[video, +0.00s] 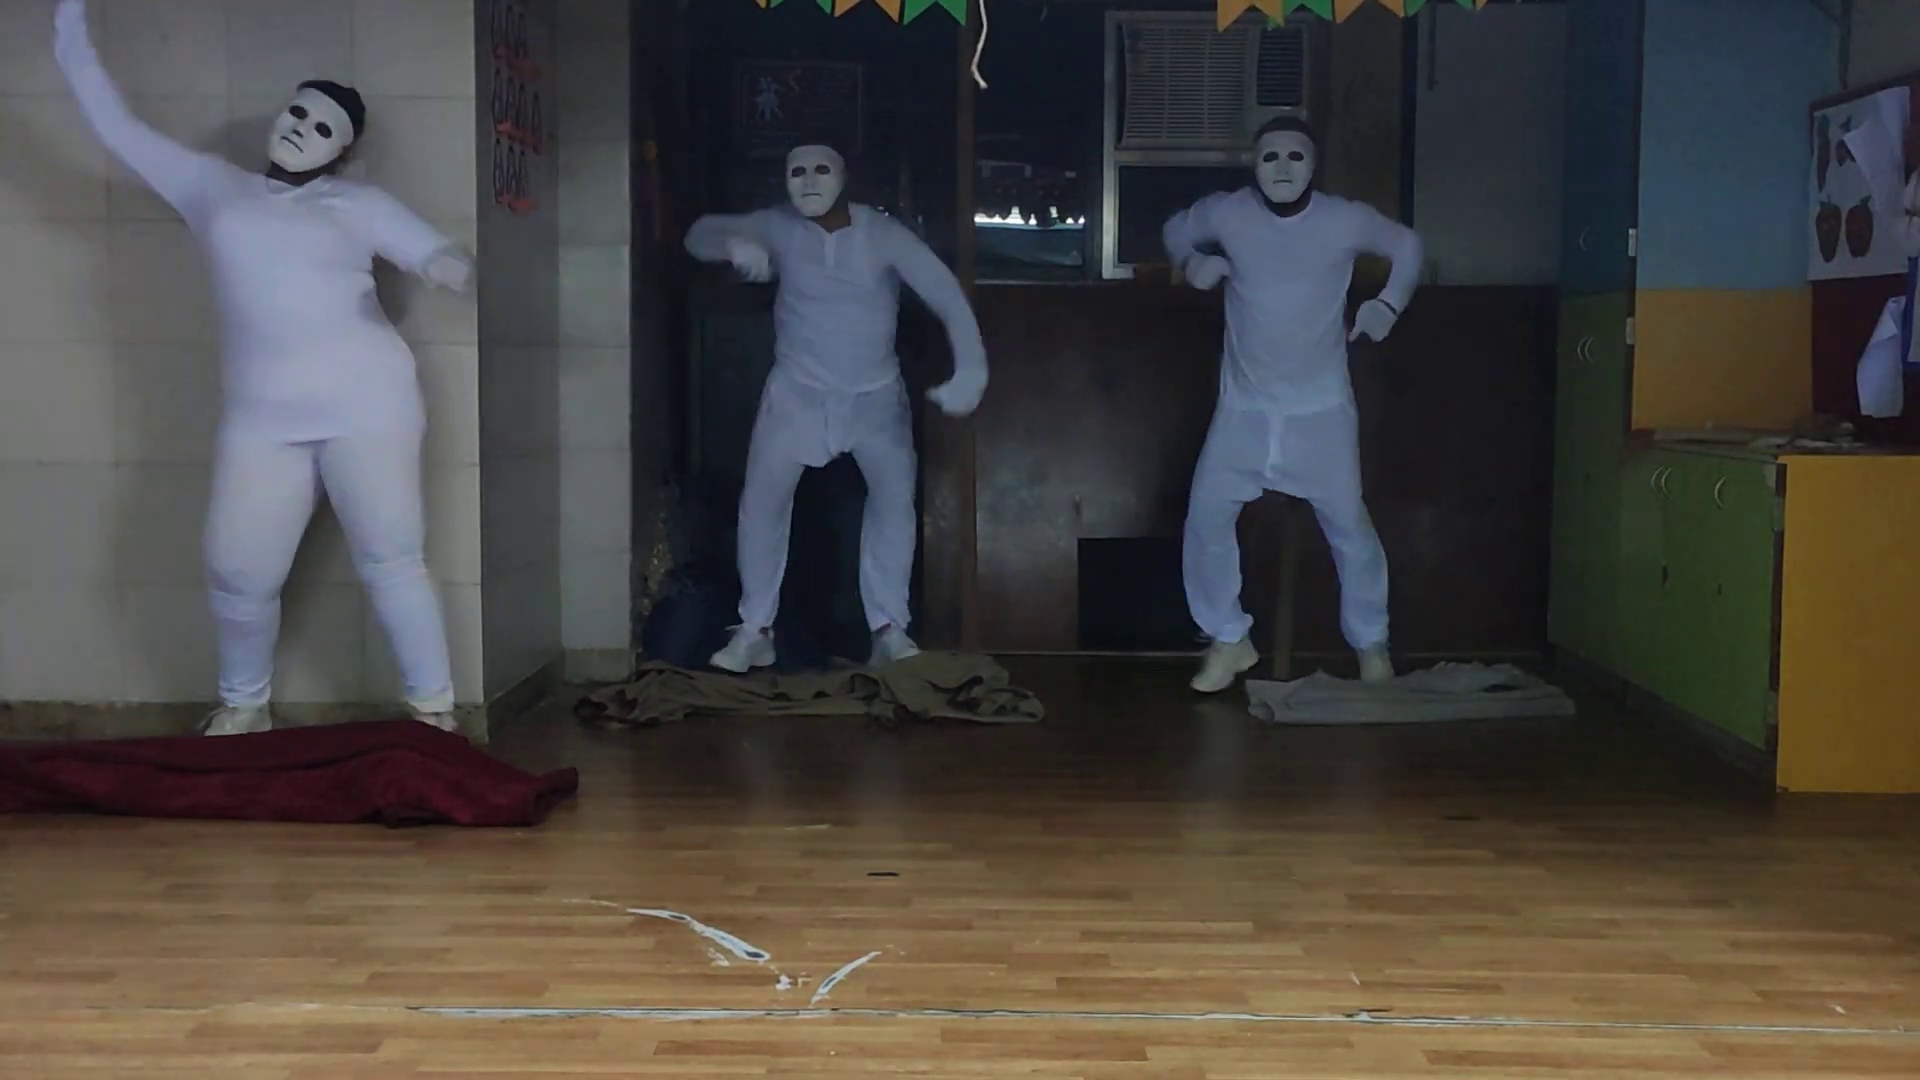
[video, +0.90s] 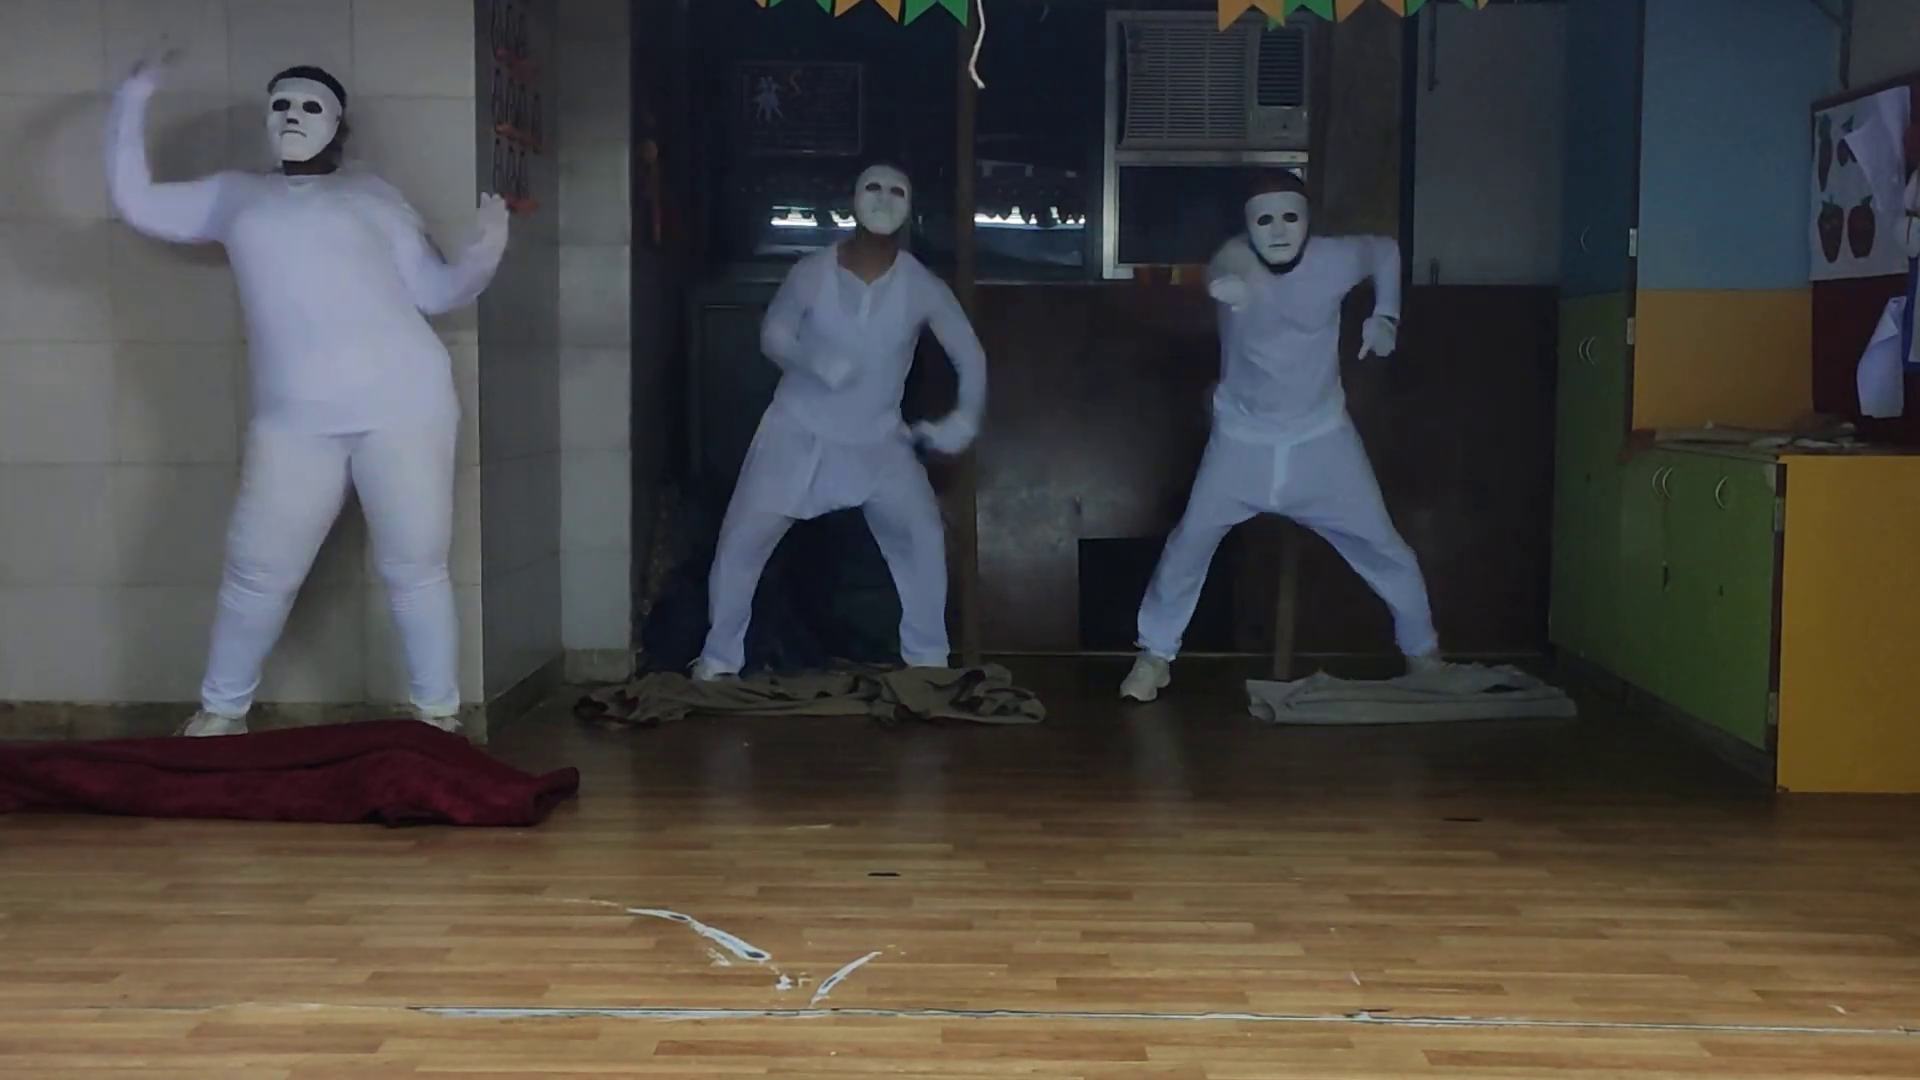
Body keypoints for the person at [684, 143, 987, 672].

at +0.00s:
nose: (809, 182)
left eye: (822, 171)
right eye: (798, 173)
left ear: (843, 177)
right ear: (786, 181)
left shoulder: (883, 235)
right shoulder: (776, 228)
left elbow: (949, 296)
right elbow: (699, 235)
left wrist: (971, 371)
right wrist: (733, 244)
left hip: (875, 399)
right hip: (794, 396)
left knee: (895, 502)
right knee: (762, 503)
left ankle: (889, 632)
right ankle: (756, 631)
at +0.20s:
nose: (867, 266)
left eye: (879, 257)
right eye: (855, 255)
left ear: (892, 267)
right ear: (836, 263)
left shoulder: (899, 338)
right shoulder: (795, 319)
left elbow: (878, 423)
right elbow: (715, 349)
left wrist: (856, 395)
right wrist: (701, 437)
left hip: (870, 460)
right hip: (790, 459)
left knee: (916, 543)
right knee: (734, 550)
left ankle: (916, 664)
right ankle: (714, 666)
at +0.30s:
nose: (837, 262)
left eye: (849, 252)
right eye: (825, 252)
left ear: (868, 261)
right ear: (812, 262)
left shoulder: (895, 329)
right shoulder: (784, 319)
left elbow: (945, 386)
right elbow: (741, 374)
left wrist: (982, 356)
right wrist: (780, 395)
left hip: (861, 462)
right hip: (781, 460)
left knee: (909, 541)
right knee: (724, 548)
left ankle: (914, 659)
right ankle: (718, 660)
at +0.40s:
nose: (837, 210)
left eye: (849, 201)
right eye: (825, 200)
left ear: (864, 214)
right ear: (807, 212)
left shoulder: (891, 275)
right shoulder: (774, 271)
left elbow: (980, 295)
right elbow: (708, 306)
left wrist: (993, 375)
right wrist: (667, 288)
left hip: (868, 440)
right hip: (781, 440)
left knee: (907, 539)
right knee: (724, 544)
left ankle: (916, 660)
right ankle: (716, 660)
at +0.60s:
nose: (838, 187)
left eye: (851, 178)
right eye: (827, 177)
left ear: (870, 189)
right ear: (811, 186)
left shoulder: (899, 250)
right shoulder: (783, 230)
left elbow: (989, 261)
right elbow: (705, 219)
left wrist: (1077, 254)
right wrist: (750, 207)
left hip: (863, 411)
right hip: (780, 407)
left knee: (911, 522)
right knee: (730, 524)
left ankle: (935, 648)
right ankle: (716, 647)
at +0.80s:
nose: (890, 244)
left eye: (903, 236)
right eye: (878, 232)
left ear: (915, 251)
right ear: (858, 242)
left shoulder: (921, 321)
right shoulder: (810, 297)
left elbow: (973, 384)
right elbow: (729, 322)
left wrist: (998, 318)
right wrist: (702, 376)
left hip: (871, 463)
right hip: (789, 457)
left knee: (921, 551)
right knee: (732, 566)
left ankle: (926, 670)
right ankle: (719, 669)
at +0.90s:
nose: (883, 201)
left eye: (896, 193)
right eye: (872, 190)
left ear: (909, 209)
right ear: (853, 201)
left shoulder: (923, 288)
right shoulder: (813, 272)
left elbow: (971, 356)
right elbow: (774, 335)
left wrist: (963, 422)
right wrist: (814, 361)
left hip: (879, 442)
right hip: (796, 436)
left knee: (923, 540)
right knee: (740, 545)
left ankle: (926, 663)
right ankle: (720, 662)